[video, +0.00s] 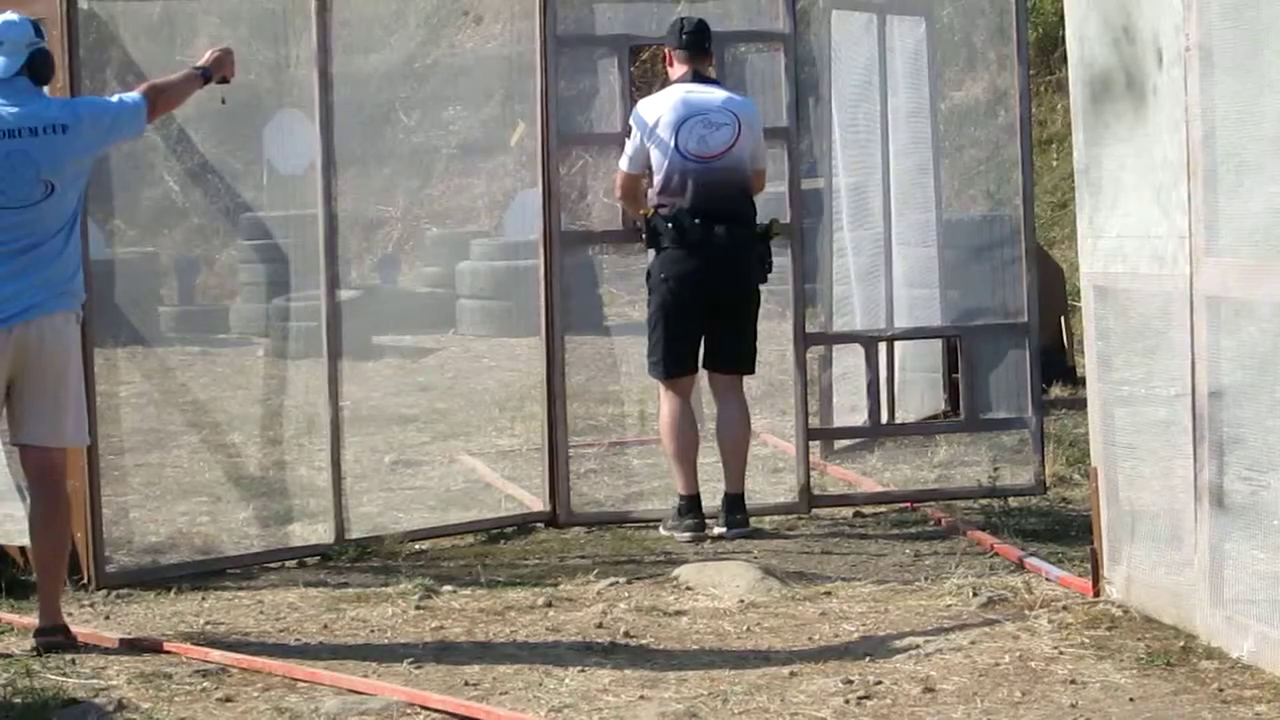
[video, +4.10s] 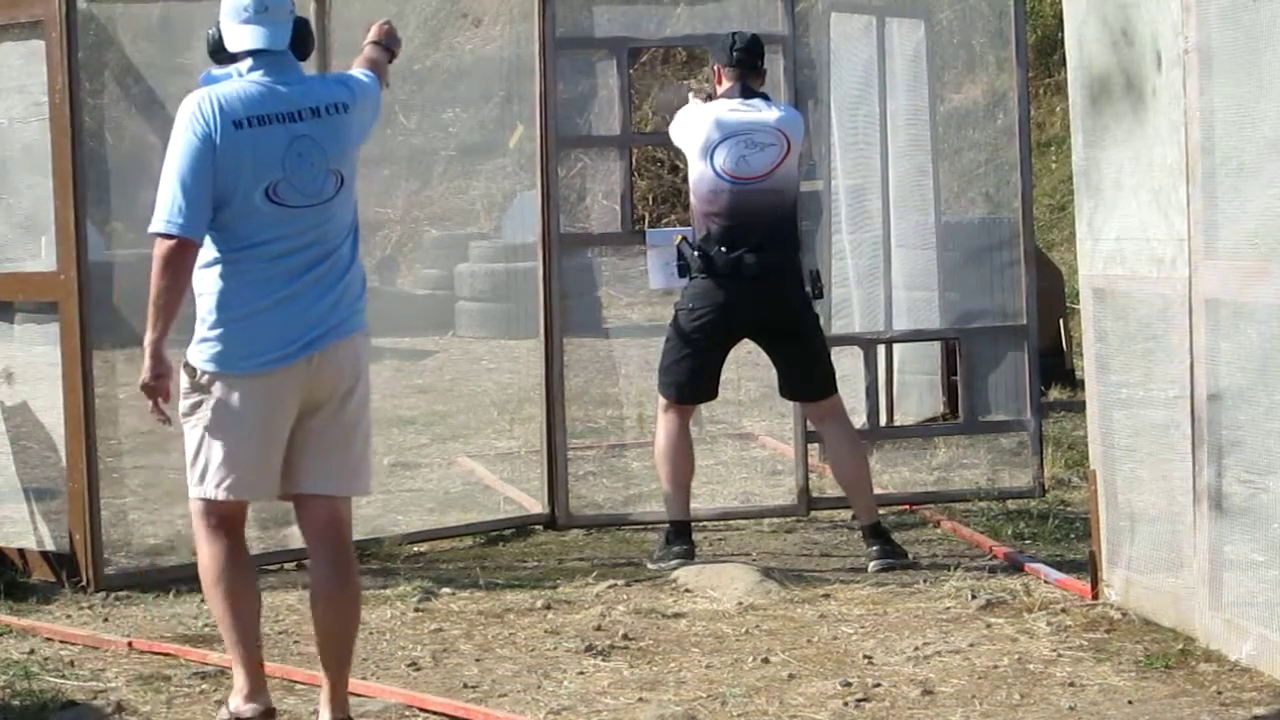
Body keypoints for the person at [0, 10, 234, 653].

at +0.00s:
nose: (49, 68)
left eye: (40, 58)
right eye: (46, 61)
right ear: (39, 65)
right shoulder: (61, 120)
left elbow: (147, 102)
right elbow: (148, 101)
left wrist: (196, 74)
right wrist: (204, 70)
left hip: (18, 315)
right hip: (41, 314)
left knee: (46, 473)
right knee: (46, 473)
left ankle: (48, 617)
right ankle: (50, 621)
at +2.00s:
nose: (41, 69)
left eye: (31, 58)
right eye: (36, 61)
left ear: (2, 74)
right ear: (29, 70)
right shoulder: (63, 125)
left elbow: (144, 103)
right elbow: (146, 101)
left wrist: (184, 72)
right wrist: (192, 66)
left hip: (9, 348)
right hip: (72, 336)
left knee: (6, 508)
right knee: (92, 503)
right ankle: (120, 645)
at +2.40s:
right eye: (99, 51)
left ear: (27, 56)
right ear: (93, 52)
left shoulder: (6, 120)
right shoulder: (131, 108)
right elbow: (206, 92)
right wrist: (244, 64)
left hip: (34, 333)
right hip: (128, 324)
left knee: (23, 483)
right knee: (126, 504)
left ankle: (34, 636)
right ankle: (128, 677)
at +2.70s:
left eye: (42, 57)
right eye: (113, 53)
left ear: (40, 58)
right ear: (110, 53)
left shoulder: (14, 127)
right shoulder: (148, 110)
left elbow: (4, 248)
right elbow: (222, 90)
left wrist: (21, 302)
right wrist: (257, 59)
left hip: (59, 350)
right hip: (149, 337)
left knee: (82, 520)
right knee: (140, 511)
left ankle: (127, 675)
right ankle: (130, 673)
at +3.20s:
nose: (65, 52)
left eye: (68, 43)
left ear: (73, 51)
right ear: (146, 47)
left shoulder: (49, 120)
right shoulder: (191, 104)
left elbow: (17, 255)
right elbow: (250, 86)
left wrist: (6, 353)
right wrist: (277, 54)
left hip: (101, 352)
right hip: (195, 335)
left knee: (114, 535)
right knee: (192, 495)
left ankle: (142, 703)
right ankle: (225, 653)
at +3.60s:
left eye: (148, 55)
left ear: (147, 57)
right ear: (223, 50)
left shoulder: (130, 125)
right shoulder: (268, 107)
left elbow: (101, 262)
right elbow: (308, 79)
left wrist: (84, 364)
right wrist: (323, 45)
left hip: (168, 356)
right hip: (268, 344)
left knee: (149, 537)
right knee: (293, 532)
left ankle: (144, 704)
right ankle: (329, 702)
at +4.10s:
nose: (222, 59)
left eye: (225, 46)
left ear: (222, 47)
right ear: (296, 39)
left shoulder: (206, 111)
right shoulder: (341, 100)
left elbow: (176, 245)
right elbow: (368, 80)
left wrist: (153, 345)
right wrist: (378, 49)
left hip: (238, 349)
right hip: (338, 337)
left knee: (218, 523)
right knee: (329, 528)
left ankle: (250, 696)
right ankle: (338, 703)